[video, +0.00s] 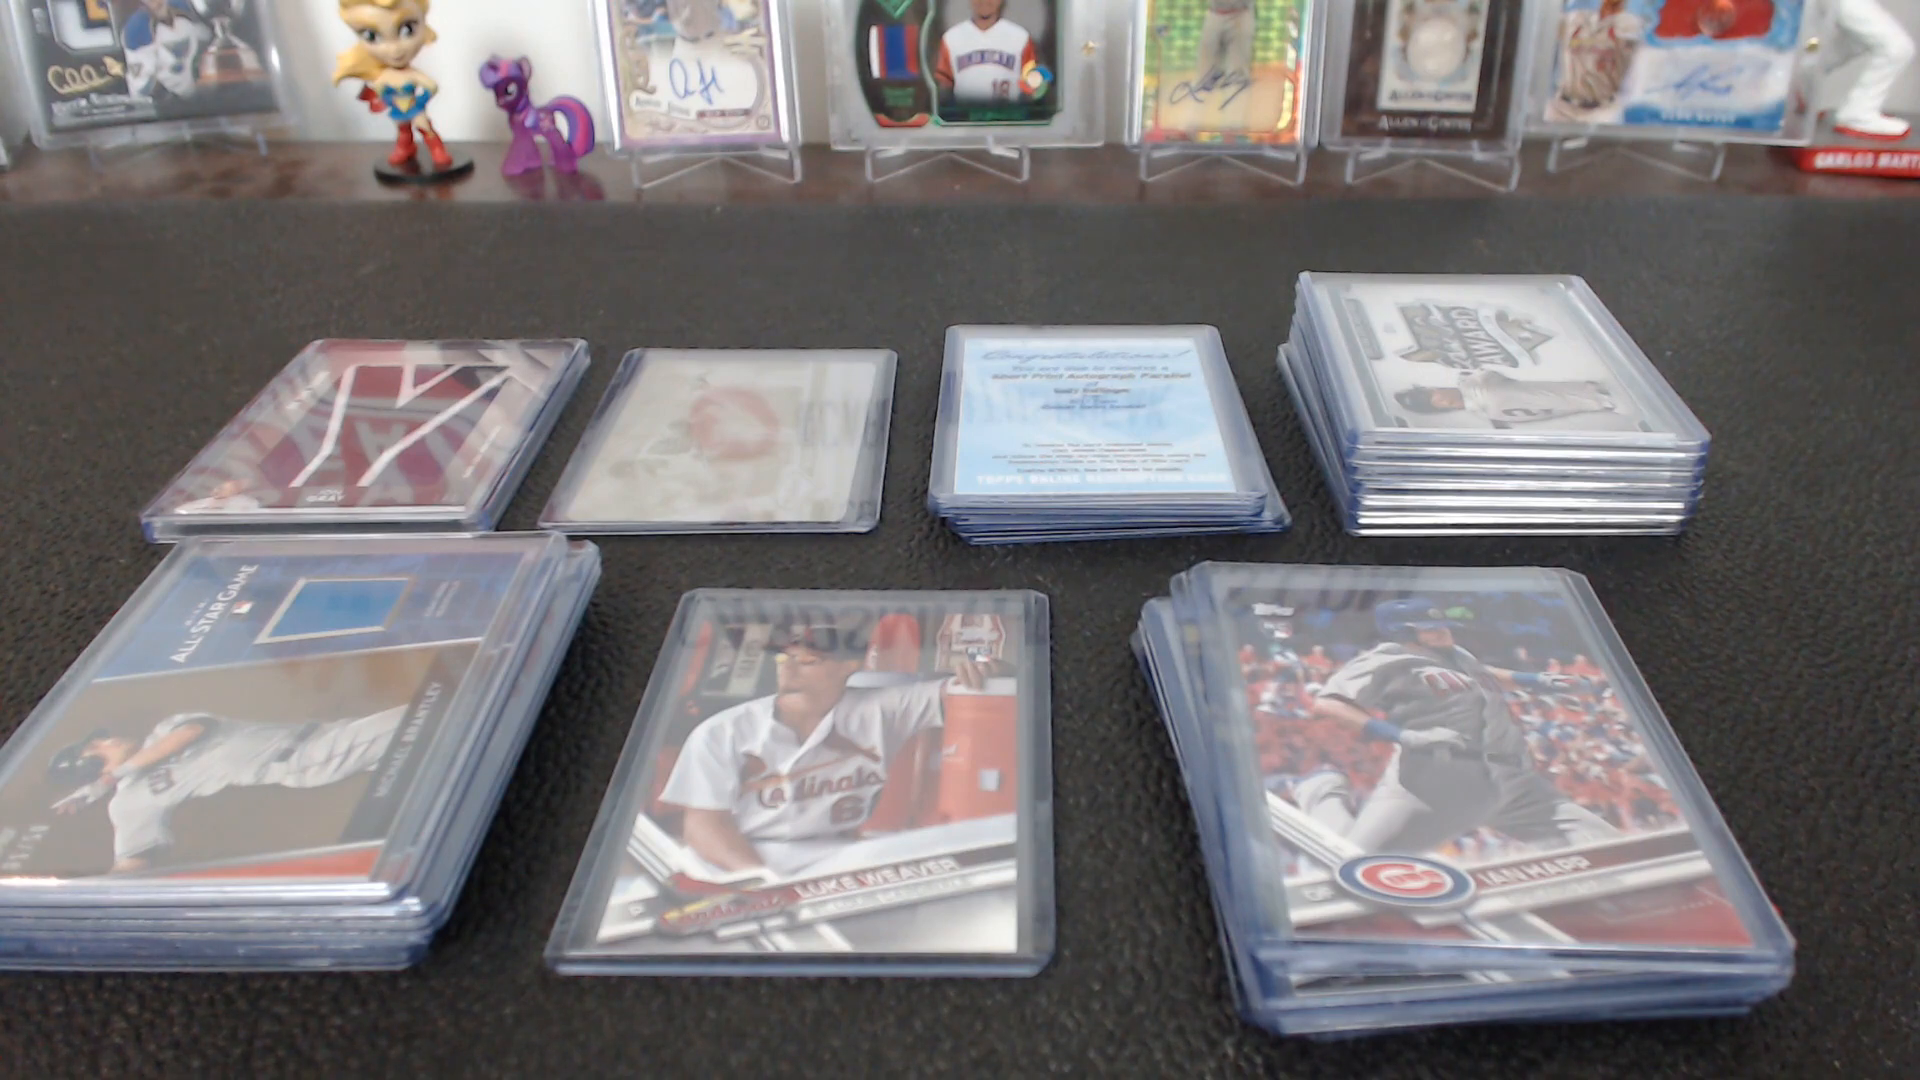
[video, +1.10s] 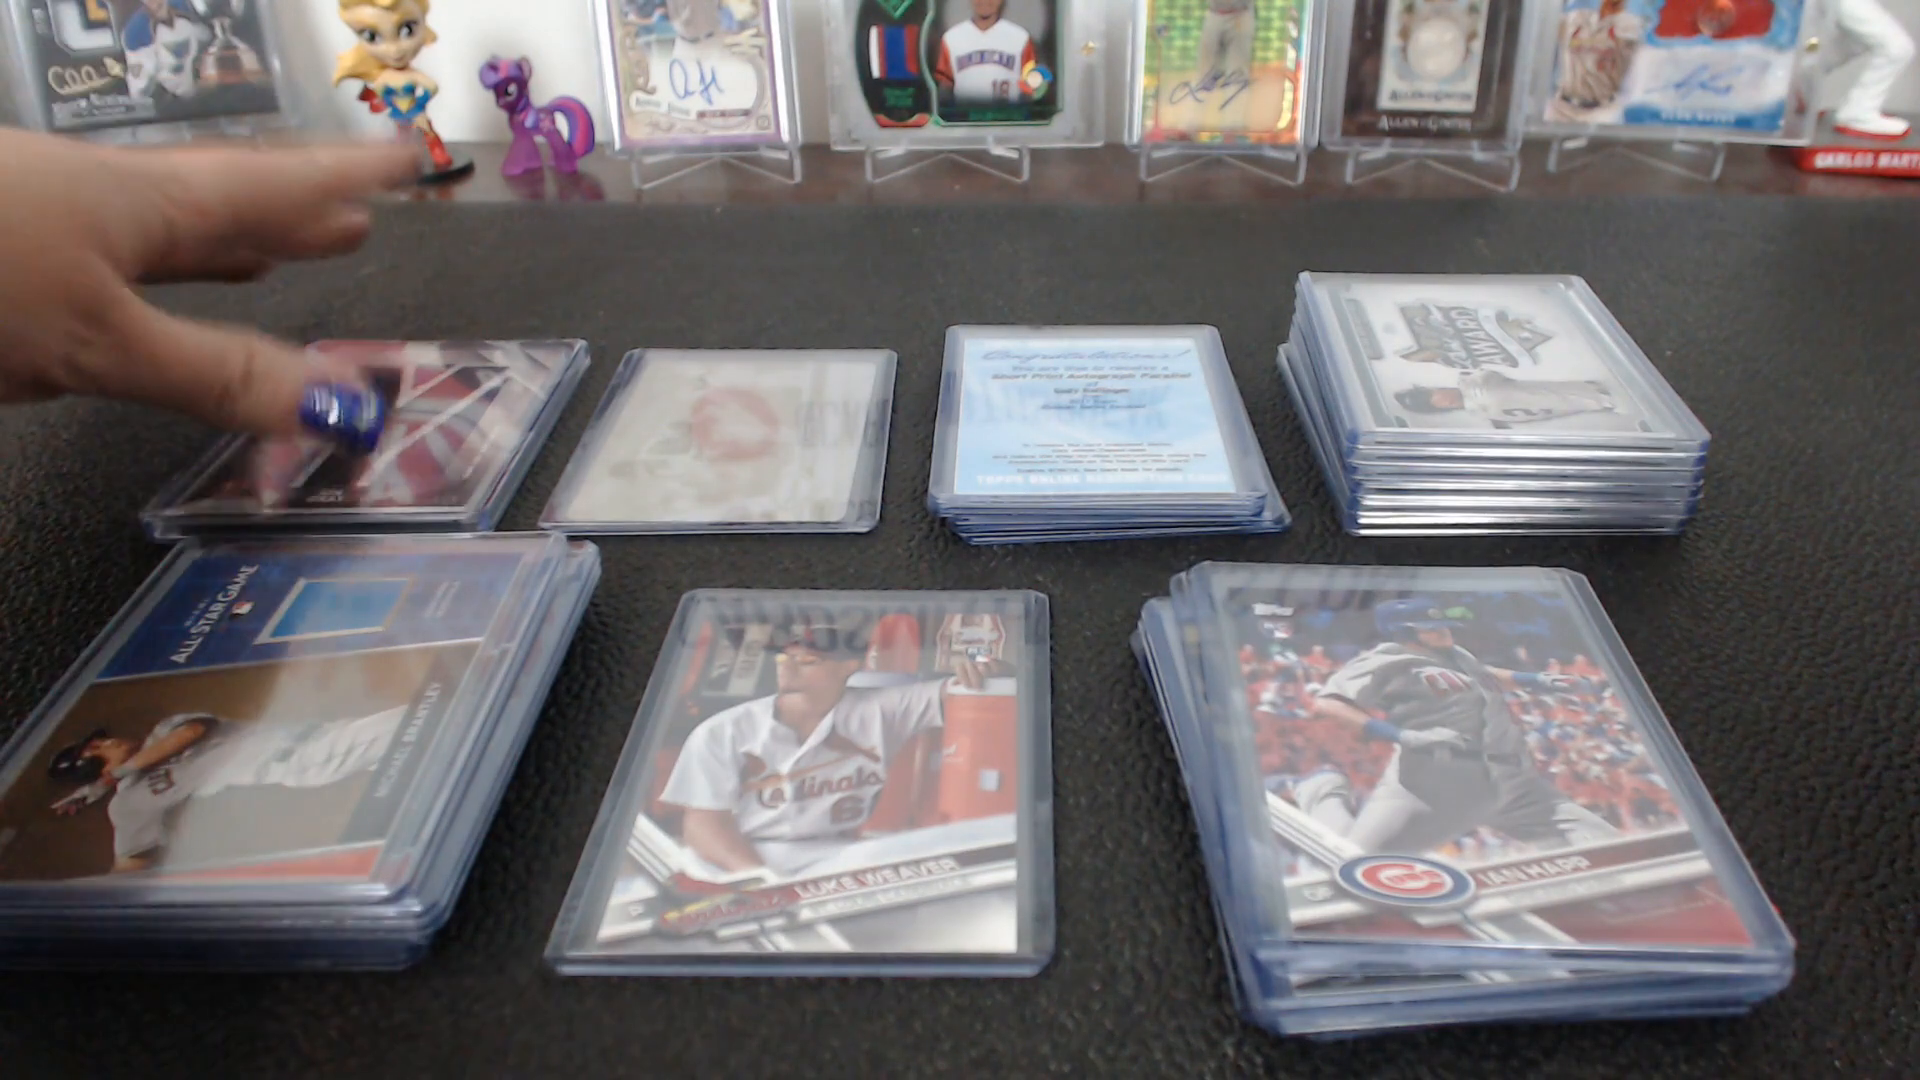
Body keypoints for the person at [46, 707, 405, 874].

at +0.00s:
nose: (112, 740)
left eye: (102, 740)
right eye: (102, 746)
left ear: (109, 741)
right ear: (101, 769)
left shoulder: (161, 729)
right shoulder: (131, 798)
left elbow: (192, 733)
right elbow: (130, 870)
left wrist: (114, 777)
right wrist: (85, 900)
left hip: (313, 732)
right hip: (301, 760)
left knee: (418, 720)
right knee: (416, 717)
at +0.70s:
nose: (109, 751)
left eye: (98, 747)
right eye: (99, 760)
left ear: (108, 736)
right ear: (100, 776)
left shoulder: (160, 727)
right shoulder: (131, 801)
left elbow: (191, 733)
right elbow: (128, 872)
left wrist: (117, 775)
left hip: (305, 735)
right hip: (291, 768)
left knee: (412, 719)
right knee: (408, 721)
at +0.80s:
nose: (104, 771)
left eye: (98, 758)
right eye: (94, 774)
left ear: (112, 741)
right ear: (96, 786)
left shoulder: (161, 731)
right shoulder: (130, 802)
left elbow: (193, 732)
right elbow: (130, 871)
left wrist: (124, 770)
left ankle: (418, 715)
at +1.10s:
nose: (115, 741)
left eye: (106, 739)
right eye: (104, 744)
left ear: (109, 742)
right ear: (100, 764)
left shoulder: (163, 727)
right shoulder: (129, 802)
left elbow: (196, 731)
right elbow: (129, 872)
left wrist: (115, 777)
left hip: (294, 736)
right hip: (277, 774)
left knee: (407, 721)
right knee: (399, 726)